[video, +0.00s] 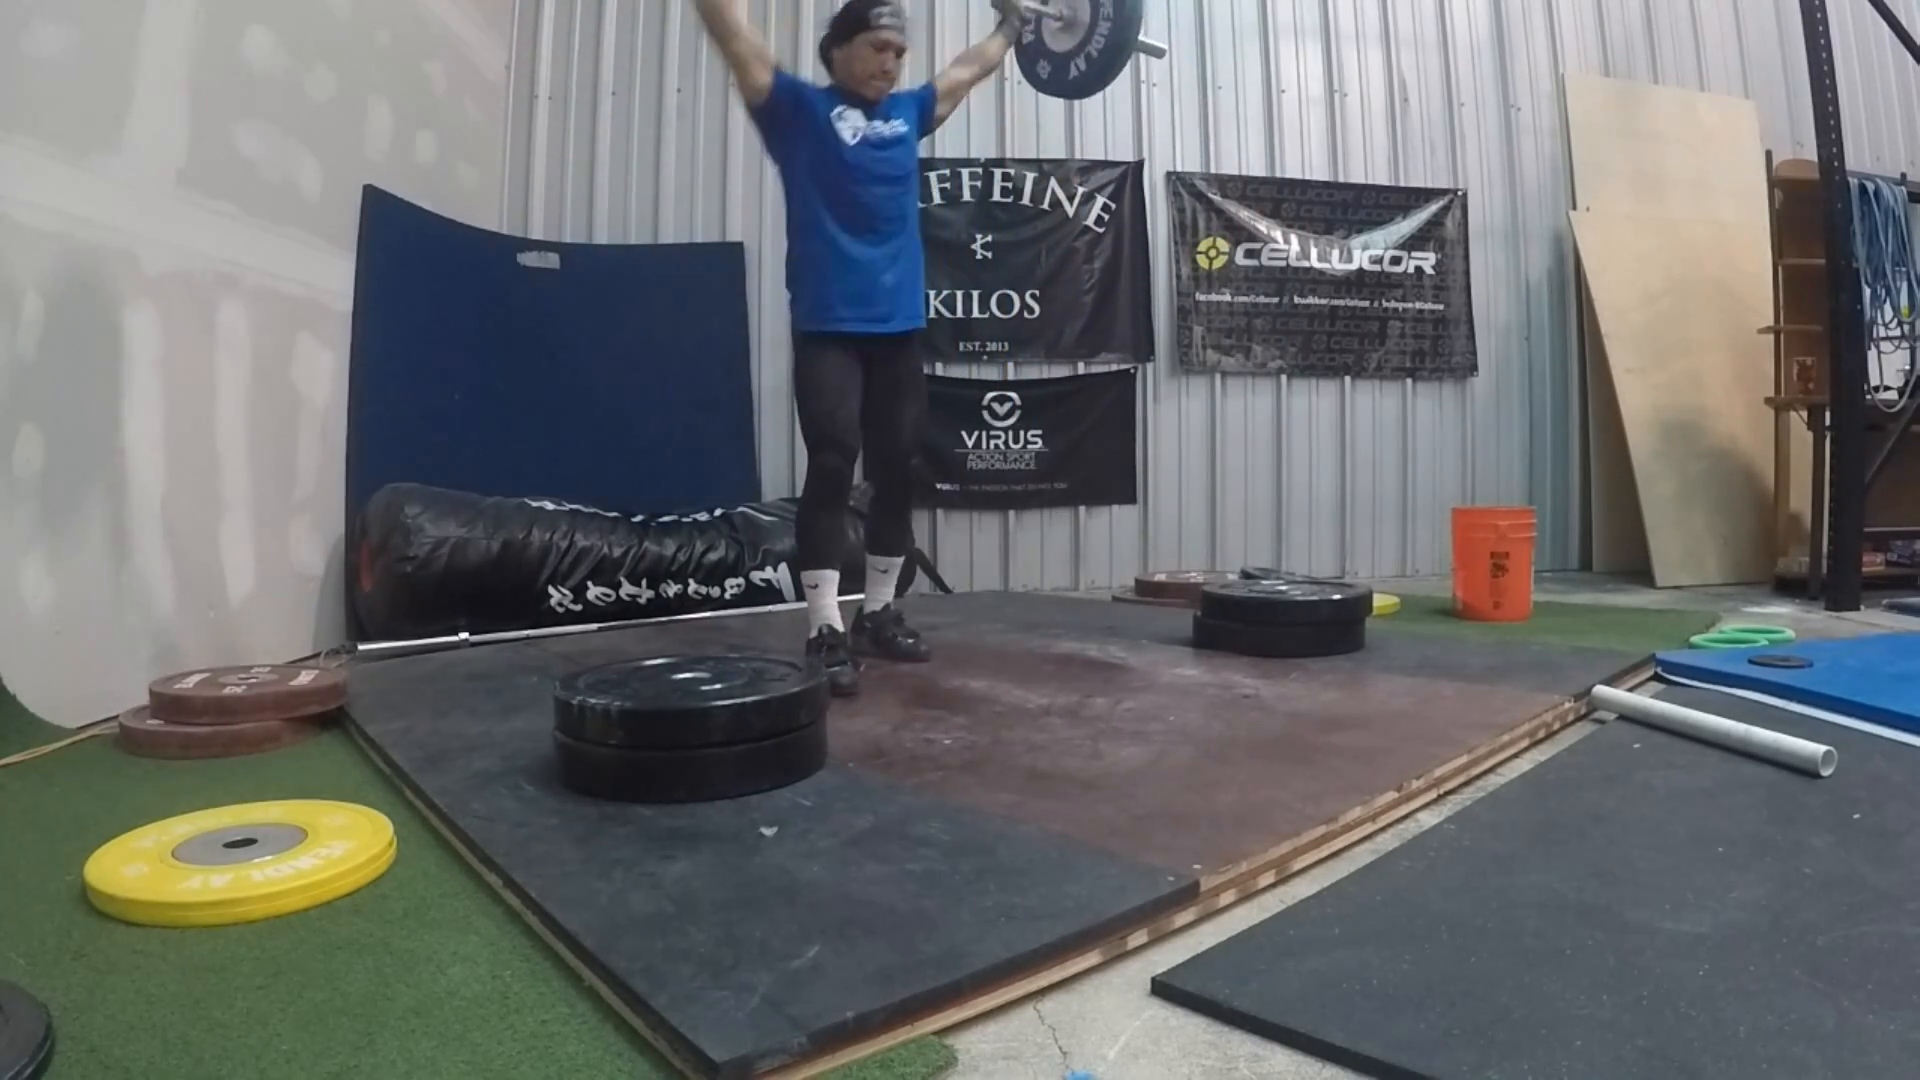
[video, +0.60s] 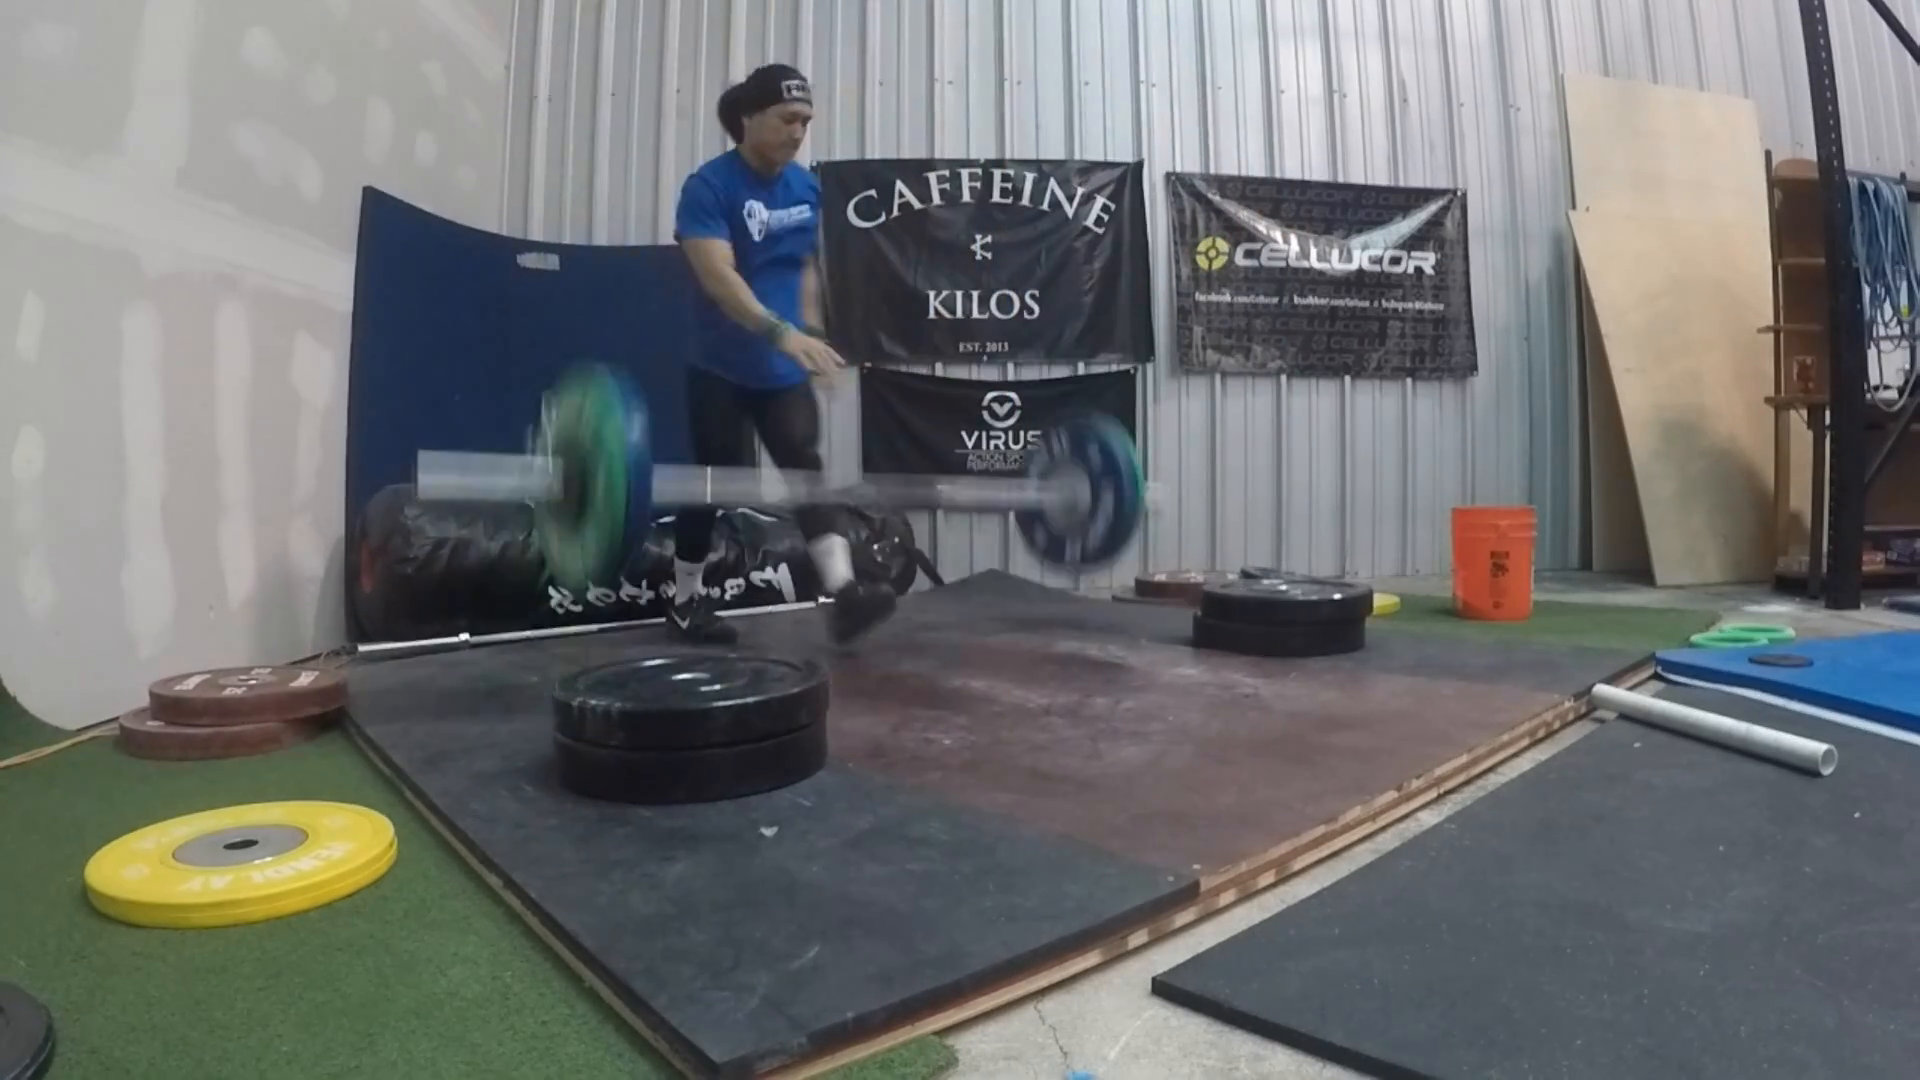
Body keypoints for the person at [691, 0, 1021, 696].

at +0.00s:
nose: (891, 64)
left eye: (897, 53)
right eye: (879, 50)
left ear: (900, 61)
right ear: (836, 52)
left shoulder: (907, 113)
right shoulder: (797, 110)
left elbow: (970, 69)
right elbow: (731, 34)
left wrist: (1015, 23)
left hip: (900, 327)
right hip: (828, 328)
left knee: (897, 469)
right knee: (831, 463)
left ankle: (878, 613)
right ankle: (826, 629)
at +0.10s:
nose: (863, 79)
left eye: (870, 69)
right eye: (849, 67)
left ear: (874, 75)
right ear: (809, 72)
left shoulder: (887, 131)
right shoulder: (777, 126)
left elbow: (958, 106)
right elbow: (702, 82)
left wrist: (1004, 51)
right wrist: (690, 8)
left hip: (897, 331)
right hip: (824, 332)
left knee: (901, 468)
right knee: (828, 463)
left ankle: (880, 614)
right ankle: (822, 629)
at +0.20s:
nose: (846, 91)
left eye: (852, 81)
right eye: (832, 78)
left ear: (856, 86)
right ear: (792, 82)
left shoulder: (869, 144)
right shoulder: (763, 139)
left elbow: (938, 161)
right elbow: (683, 140)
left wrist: (996, 117)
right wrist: (691, 66)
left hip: (883, 328)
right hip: (812, 330)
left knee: (883, 465)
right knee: (817, 454)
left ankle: (879, 614)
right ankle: (805, 612)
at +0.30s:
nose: (835, 96)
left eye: (841, 86)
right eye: (823, 83)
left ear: (846, 93)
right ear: (783, 88)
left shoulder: (855, 156)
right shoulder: (746, 148)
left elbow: (928, 215)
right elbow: (675, 201)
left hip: (866, 328)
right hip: (796, 329)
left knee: (870, 459)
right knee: (809, 449)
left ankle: (878, 612)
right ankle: (757, 585)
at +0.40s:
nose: (819, 109)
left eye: (825, 100)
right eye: (807, 97)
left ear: (829, 105)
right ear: (767, 99)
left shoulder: (843, 174)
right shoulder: (732, 162)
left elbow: (889, 247)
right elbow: (681, 224)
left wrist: (943, 285)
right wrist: (708, 267)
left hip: (842, 350)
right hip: (770, 350)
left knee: (860, 469)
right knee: (777, 474)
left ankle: (875, 612)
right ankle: (706, 582)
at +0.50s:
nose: (805, 122)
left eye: (811, 112)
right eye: (793, 110)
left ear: (815, 116)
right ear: (753, 112)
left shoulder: (821, 185)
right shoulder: (716, 176)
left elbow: (839, 268)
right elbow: (694, 257)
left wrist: (876, 337)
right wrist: (749, 307)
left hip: (813, 361)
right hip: (742, 362)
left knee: (835, 476)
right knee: (738, 483)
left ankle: (868, 609)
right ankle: (686, 586)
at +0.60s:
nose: (798, 130)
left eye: (804, 120)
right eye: (786, 118)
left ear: (808, 125)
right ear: (745, 121)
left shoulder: (805, 187)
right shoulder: (706, 189)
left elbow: (806, 270)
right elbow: (718, 282)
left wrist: (809, 338)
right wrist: (785, 334)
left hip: (782, 364)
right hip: (719, 366)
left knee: (806, 468)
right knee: (719, 486)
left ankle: (840, 590)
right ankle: (690, 599)